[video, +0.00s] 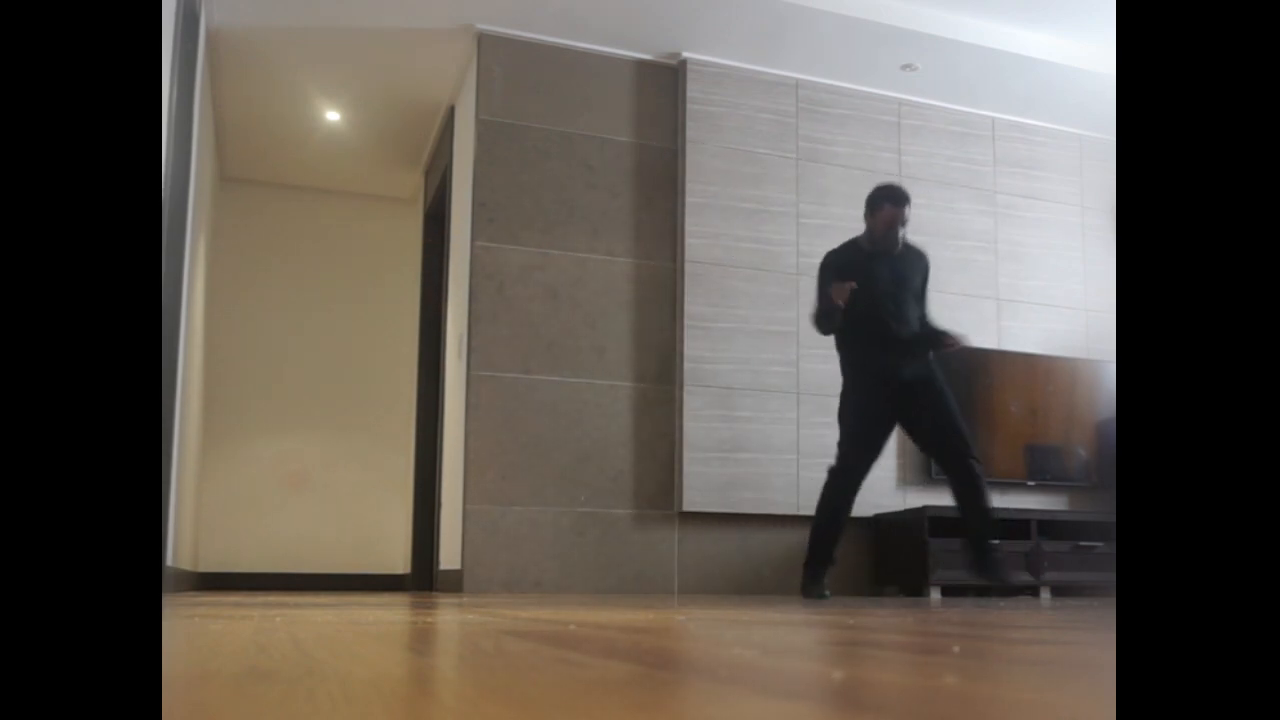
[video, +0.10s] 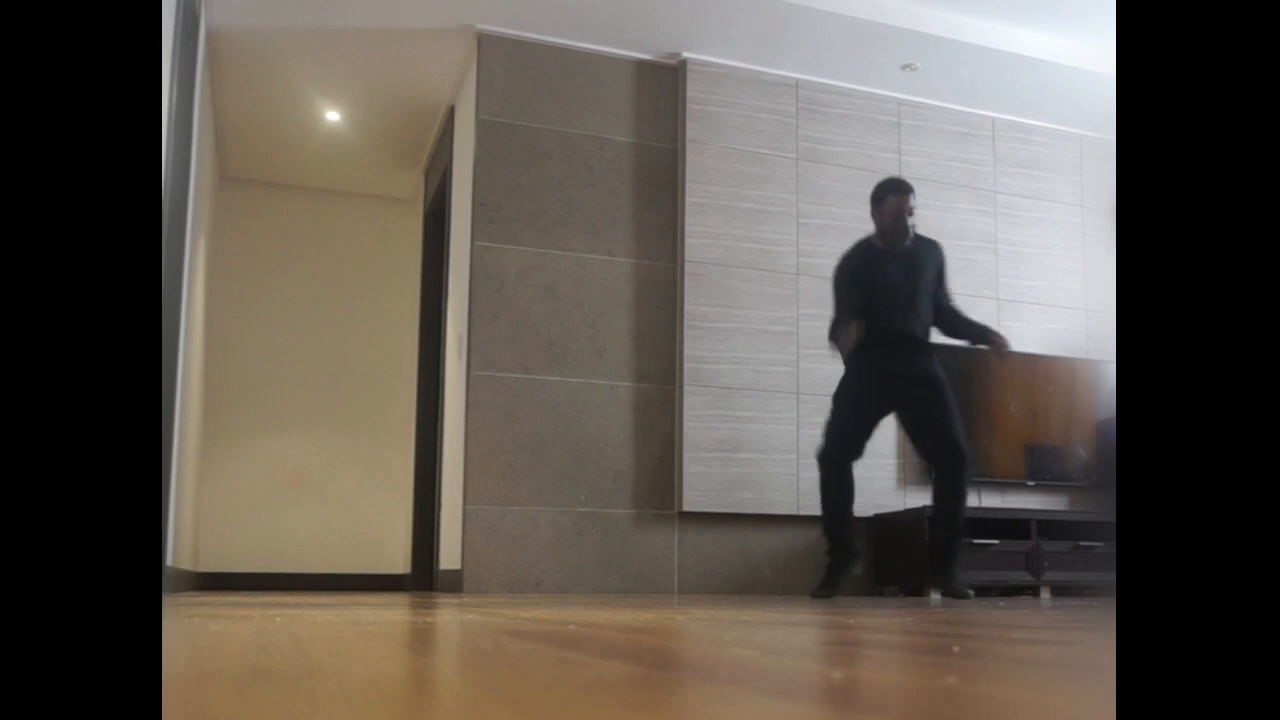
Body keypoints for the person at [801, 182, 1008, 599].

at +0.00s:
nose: (897, 231)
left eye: (902, 223)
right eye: (889, 223)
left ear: (907, 221)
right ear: (870, 218)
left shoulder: (915, 261)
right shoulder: (840, 261)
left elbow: (916, 323)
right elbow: (823, 325)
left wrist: (940, 338)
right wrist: (834, 305)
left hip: (919, 386)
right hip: (868, 389)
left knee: (963, 466)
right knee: (846, 477)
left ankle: (988, 564)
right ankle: (814, 574)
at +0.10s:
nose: (904, 221)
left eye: (908, 213)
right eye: (895, 214)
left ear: (914, 212)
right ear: (875, 213)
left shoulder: (929, 253)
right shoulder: (855, 261)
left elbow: (942, 313)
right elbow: (840, 328)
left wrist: (984, 334)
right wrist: (845, 334)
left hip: (918, 371)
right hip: (868, 371)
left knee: (952, 458)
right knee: (834, 457)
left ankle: (944, 572)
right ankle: (841, 560)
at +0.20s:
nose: (909, 229)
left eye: (914, 221)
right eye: (900, 222)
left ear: (920, 220)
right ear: (881, 224)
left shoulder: (938, 261)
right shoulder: (865, 269)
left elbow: (955, 318)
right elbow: (851, 327)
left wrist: (988, 348)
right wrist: (831, 370)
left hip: (923, 387)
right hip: (869, 385)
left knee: (950, 471)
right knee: (827, 453)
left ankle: (940, 575)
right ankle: (836, 558)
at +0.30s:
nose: (915, 212)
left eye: (920, 204)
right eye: (906, 205)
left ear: (928, 209)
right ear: (889, 209)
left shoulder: (945, 259)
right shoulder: (867, 262)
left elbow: (952, 327)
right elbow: (846, 330)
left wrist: (954, 386)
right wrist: (831, 393)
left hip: (929, 380)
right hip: (880, 380)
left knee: (940, 472)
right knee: (867, 459)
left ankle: (937, 575)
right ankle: (822, 563)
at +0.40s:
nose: (918, 201)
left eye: (923, 195)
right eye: (909, 195)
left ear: (931, 204)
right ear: (890, 204)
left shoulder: (946, 262)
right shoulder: (865, 253)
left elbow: (934, 329)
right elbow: (847, 318)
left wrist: (925, 376)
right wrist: (840, 380)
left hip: (927, 378)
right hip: (879, 375)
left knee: (934, 475)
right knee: (896, 464)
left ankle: (936, 575)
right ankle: (820, 552)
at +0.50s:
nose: (902, 205)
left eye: (901, 195)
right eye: (897, 196)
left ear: (886, 200)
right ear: (905, 197)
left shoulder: (936, 250)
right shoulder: (868, 247)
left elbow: (925, 315)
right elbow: (848, 310)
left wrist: (923, 367)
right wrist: (837, 369)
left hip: (923, 373)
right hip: (877, 372)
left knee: (931, 471)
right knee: (867, 455)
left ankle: (936, 573)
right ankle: (806, 556)